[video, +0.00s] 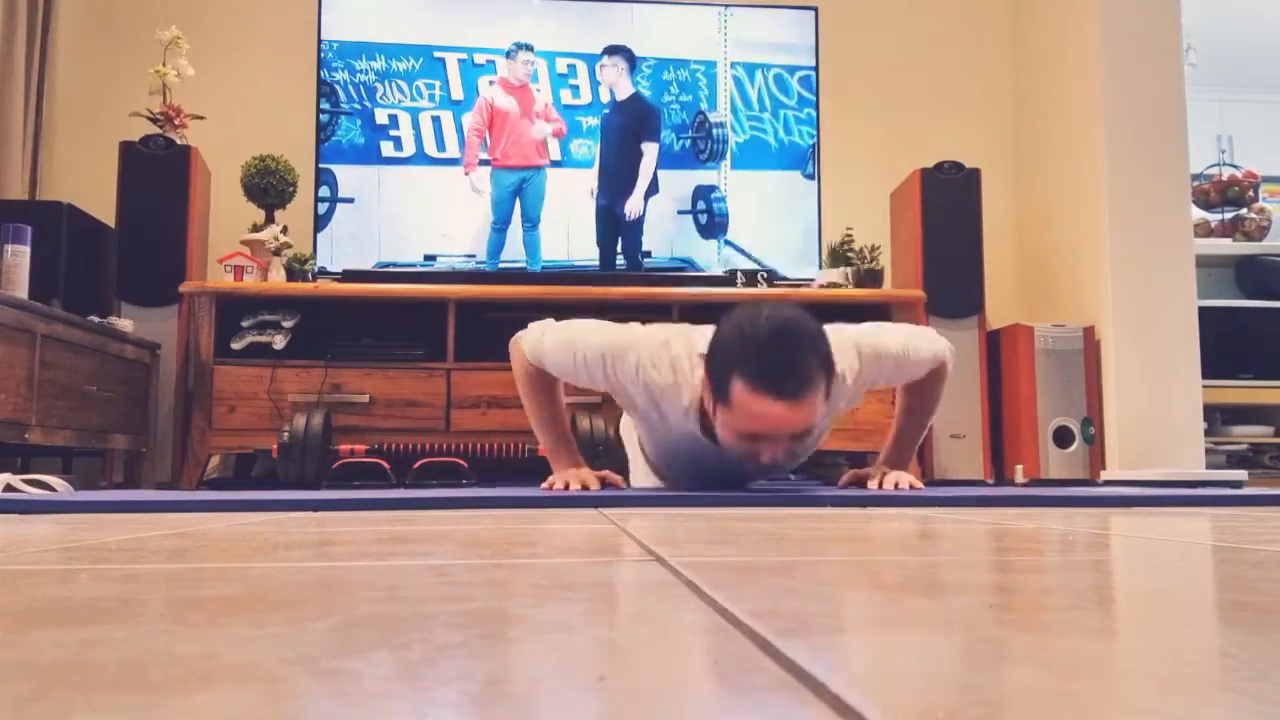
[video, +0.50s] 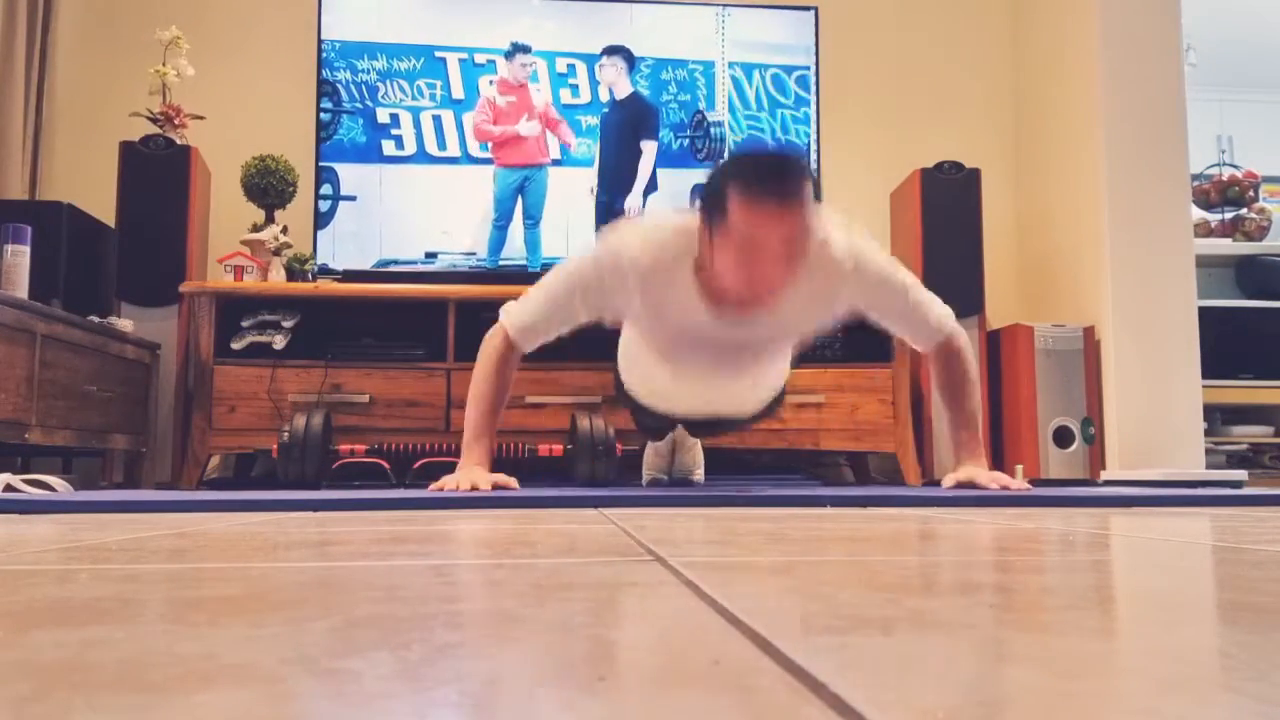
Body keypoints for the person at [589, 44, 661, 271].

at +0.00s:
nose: (601, 71)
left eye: (606, 66)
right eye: (600, 67)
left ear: (621, 70)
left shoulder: (646, 110)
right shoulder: (608, 112)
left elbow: (650, 155)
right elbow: (602, 151)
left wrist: (638, 195)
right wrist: (595, 179)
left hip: (630, 193)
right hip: (605, 192)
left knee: (631, 253)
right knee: (606, 253)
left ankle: (635, 299)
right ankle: (605, 297)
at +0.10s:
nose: (600, 71)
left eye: (605, 66)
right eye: (600, 66)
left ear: (621, 70)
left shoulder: (647, 110)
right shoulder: (608, 112)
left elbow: (650, 155)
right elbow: (601, 151)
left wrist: (638, 195)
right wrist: (595, 179)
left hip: (630, 194)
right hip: (605, 192)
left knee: (630, 254)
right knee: (605, 254)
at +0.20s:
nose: (599, 71)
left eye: (603, 66)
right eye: (600, 66)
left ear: (619, 68)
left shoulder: (646, 110)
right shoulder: (608, 109)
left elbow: (649, 154)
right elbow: (602, 149)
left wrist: (637, 195)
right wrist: (596, 179)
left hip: (628, 197)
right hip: (604, 195)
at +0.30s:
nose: (599, 71)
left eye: (605, 65)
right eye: (600, 65)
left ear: (620, 69)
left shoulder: (642, 108)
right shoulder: (609, 111)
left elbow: (645, 161)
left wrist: (634, 200)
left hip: (633, 198)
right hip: (608, 196)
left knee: (632, 252)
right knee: (602, 256)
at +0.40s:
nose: (600, 71)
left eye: (605, 65)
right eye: (601, 66)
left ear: (620, 69)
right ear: (612, 69)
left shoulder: (643, 107)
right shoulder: (608, 112)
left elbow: (649, 153)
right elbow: (606, 153)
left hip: (633, 189)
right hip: (608, 189)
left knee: (632, 252)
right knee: (606, 252)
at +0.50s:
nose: (598, 72)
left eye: (602, 66)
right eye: (598, 66)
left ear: (619, 69)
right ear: (616, 70)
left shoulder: (645, 109)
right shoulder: (608, 109)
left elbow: (649, 153)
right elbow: (602, 148)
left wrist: (637, 193)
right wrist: (596, 179)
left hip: (629, 193)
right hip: (605, 191)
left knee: (627, 254)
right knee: (604, 253)